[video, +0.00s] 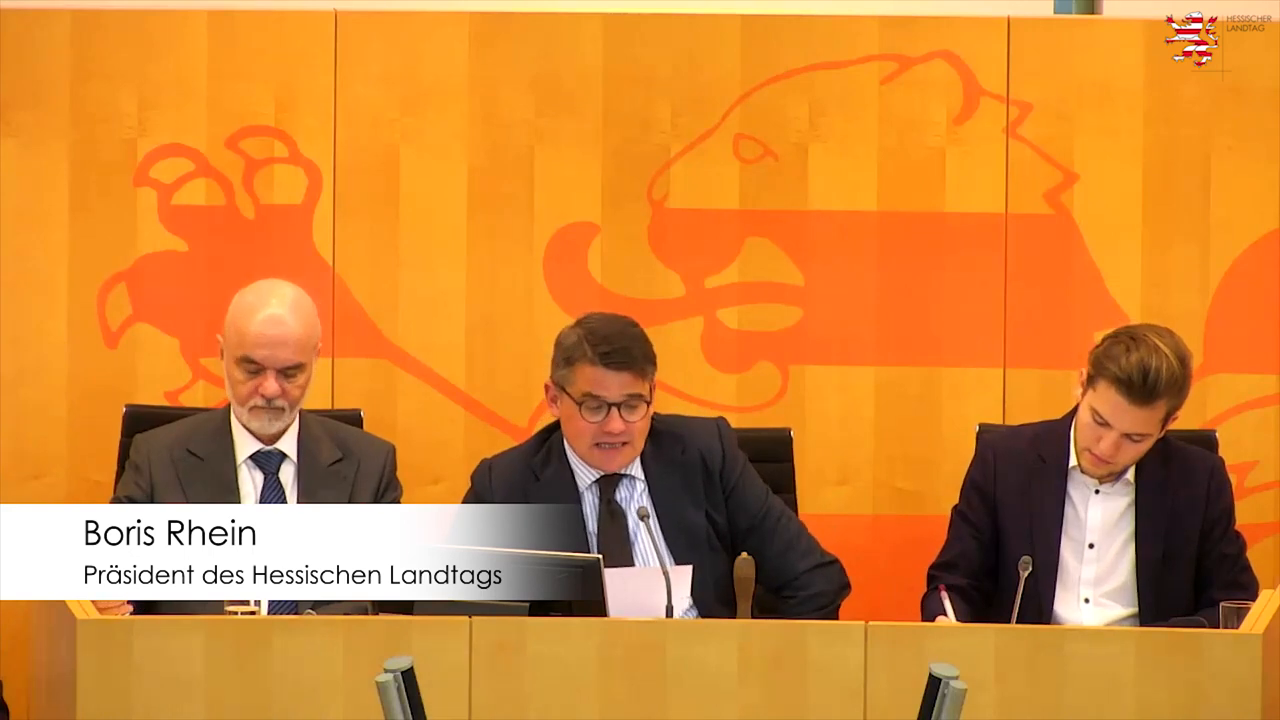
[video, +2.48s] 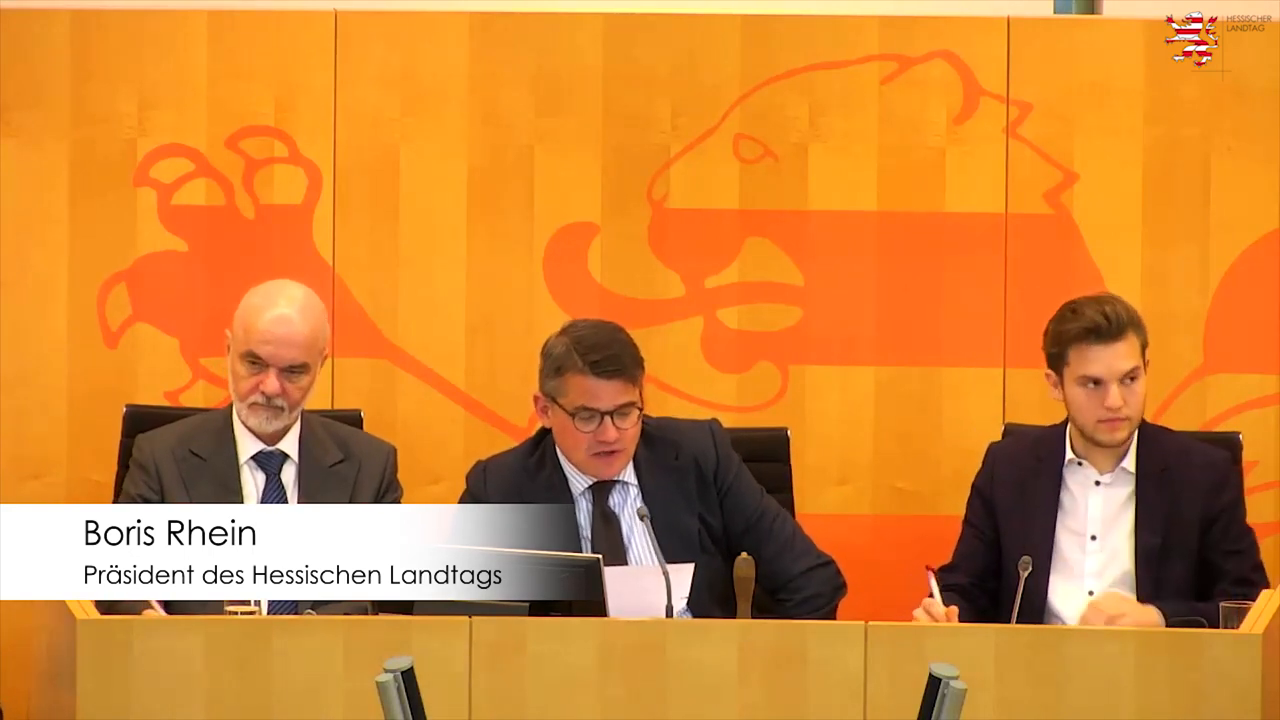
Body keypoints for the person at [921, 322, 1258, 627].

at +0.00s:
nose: (1106, 448)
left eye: (1133, 438)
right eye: (1098, 420)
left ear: (1166, 423)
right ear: (1082, 384)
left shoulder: (1200, 478)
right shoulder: (1003, 458)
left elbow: (1238, 601)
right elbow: (953, 583)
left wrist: (1164, 645)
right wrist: (954, 636)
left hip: (1151, 680)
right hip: (1026, 672)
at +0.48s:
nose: (1107, 447)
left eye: (1134, 438)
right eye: (1099, 420)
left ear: (1167, 424)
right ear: (1083, 383)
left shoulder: (1200, 478)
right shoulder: (1003, 457)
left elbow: (1238, 601)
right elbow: (953, 583)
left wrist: (1165, 644)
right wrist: (953, 634)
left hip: (1151, 680)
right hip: (1026, 672)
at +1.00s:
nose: (1109, 440)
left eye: (1136, 429)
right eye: (1101, 413)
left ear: (1168, 417)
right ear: (1083, 380)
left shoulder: (1201, 477)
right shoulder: (1003, 457)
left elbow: (1238, 603)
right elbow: (955, 584)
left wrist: (1160, 644)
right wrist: (948, 622)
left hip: (1152, 681)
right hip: (1026, 671)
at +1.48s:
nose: (1095, 425)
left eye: (1119, 408)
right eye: (1082, 400)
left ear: (1149, 395)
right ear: (1062, 377)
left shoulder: (1195, 477)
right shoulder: (998, 460)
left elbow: (1240, 610)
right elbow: (956, 587)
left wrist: (1137, 596)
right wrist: (939, 615)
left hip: (1150, 686)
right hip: (1022, 679)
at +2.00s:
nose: (1099, 423)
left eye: (1119, 402)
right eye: (1079, 402)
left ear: (1144, 381)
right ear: (1053, 383)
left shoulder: (1197, 473)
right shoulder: (1002, 460)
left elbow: (1212, 611)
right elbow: (959, 586)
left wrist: (1114, 507)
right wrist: (935, 619)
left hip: (1149, 679)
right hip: (1021, 674)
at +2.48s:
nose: (1115, 402)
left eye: (1129, 379)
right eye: (1091, 384)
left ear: (1146, 373)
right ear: (1056, 385)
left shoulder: (1205, 471)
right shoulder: (1010, 462)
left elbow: (1250, 605)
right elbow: (967, 589)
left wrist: (1161, 618)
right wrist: (944, 617)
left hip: (1157, 680)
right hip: (1030, 673)